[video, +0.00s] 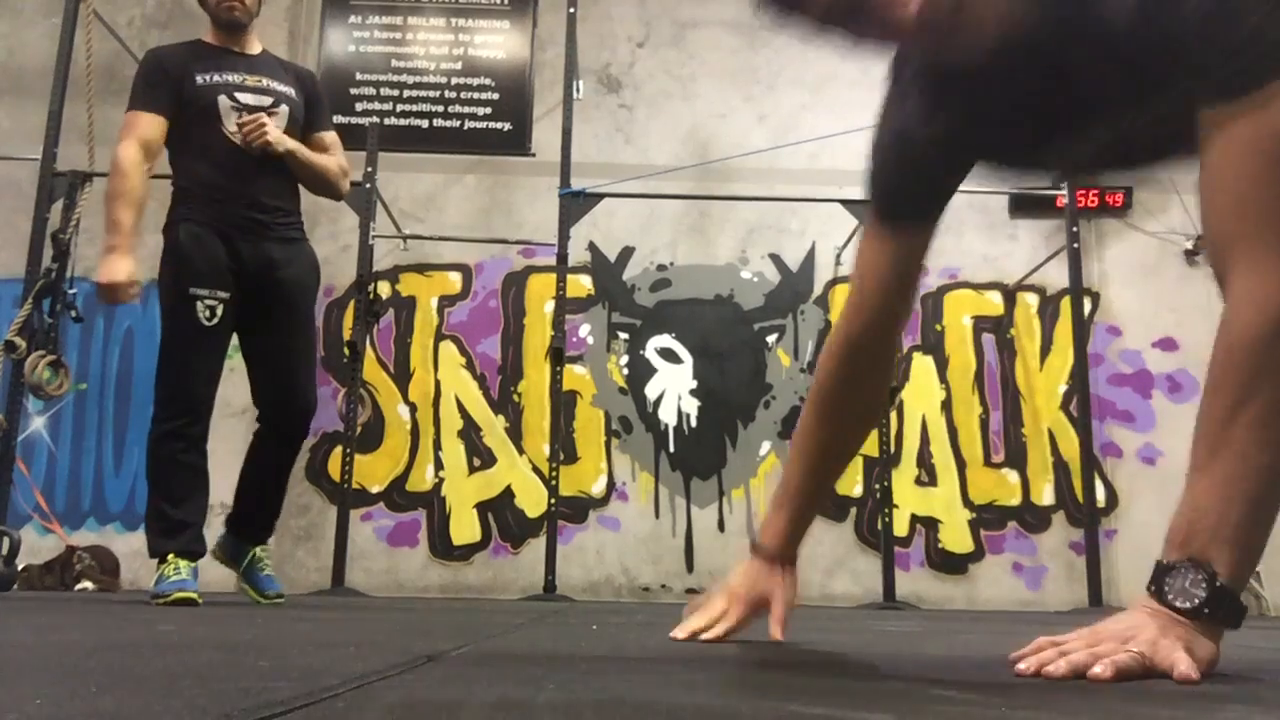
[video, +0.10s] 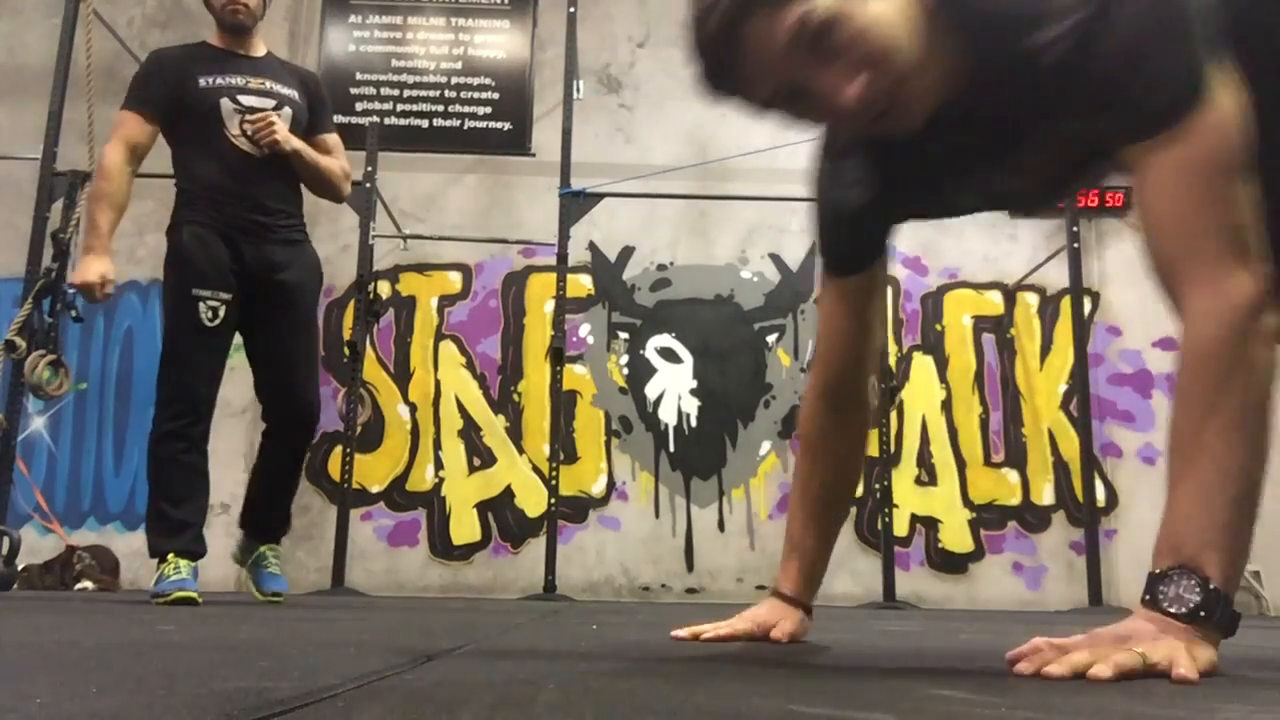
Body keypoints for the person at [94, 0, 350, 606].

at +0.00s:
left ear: (260, 4)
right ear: (204, 3)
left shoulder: (301, 80)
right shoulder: (171, 64)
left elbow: (339, 180)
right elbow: (135, 152)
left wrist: (287, 145)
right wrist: (117, 249)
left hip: (284, 261)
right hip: (201, 254)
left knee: (291, 411)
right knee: (184, 411)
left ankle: (244, 543)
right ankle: (177, 556)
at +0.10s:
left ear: (265, 5)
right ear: (209, 3)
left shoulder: (302, 82)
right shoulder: (171, 66)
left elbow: (340, 182)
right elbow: (121, 154)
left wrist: (294, 145)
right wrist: (95, 249)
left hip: (287, 257)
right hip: (204, 249)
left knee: (296, 410)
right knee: (186, 406)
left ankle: (261, 543)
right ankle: (177, 557)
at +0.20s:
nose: (242, 3)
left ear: (270, 7)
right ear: (214, 6)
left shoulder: (308, 88)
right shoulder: (176, 72)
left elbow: (340, 187)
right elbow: (123, 159)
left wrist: (293, 147)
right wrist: (89, 250)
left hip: (289, 261)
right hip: (207, 253)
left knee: (295, 416)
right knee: (188, 405)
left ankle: (274, 551)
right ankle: (176, 557)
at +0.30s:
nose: (234, 6)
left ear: (276, 11)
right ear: (218, 11)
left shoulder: (317, 95)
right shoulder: (186, 80)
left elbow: (345, 194)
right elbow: (137, 166)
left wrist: (295, 151)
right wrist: (101, 249)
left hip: (291, 268)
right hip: (209, 261)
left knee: (288, 418)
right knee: (189, 408)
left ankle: (270, 556)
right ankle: (177, 558)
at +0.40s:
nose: (231, 12)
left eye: (246, 4)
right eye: (229, 4)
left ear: (283, 16)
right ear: (227, 14)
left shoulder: (326, 105)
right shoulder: (197, 91)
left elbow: (357, 199)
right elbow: (156, 174)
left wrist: (295, 155)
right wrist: (125, 248)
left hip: (293, 273)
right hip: (213, 265)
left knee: (282, 422)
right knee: (192, 410)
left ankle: (265, 558)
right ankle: (177, 557)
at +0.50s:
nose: (232, 23)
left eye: (246, 14)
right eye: (231, 13)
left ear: (286, 26)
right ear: (236, 26)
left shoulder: (334, 113)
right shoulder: (208, 101)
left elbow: (366, 203)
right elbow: (175, 182)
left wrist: (299, 165)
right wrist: (153, 245)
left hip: (296, 281)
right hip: (218, 273)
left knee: (280, 424)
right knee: (198, 410)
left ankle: (262, 560)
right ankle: (176, 557)